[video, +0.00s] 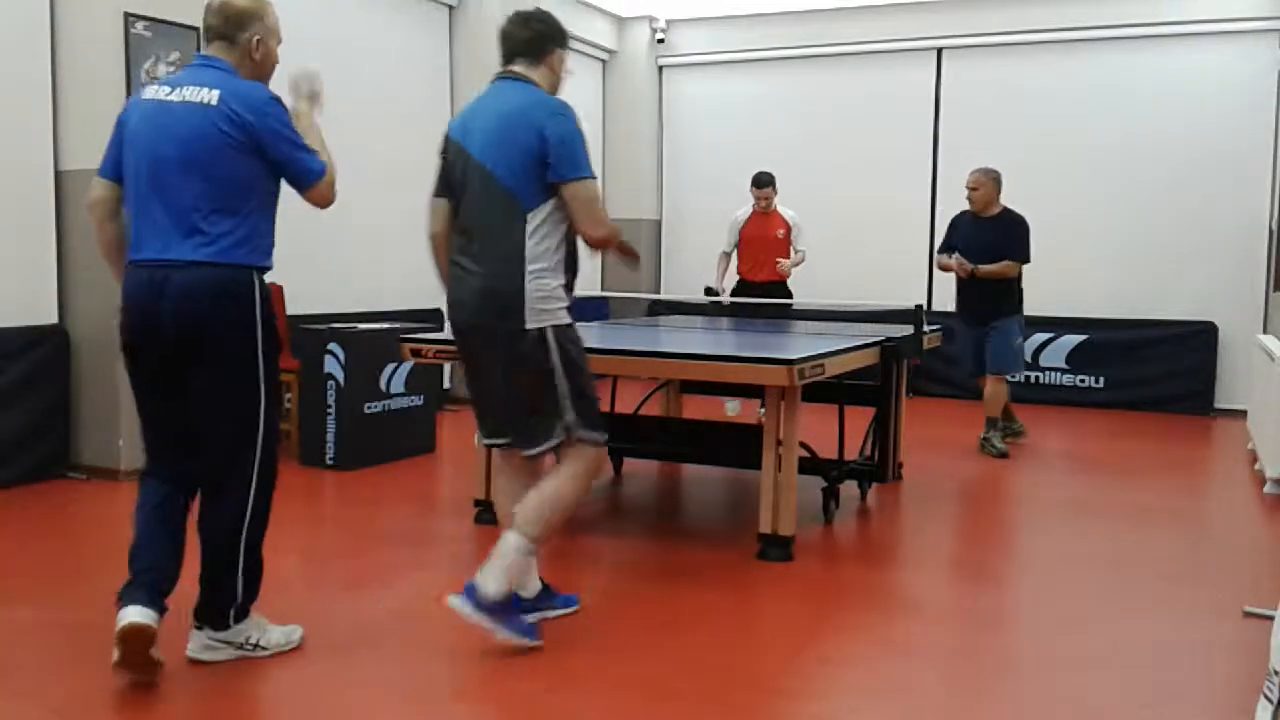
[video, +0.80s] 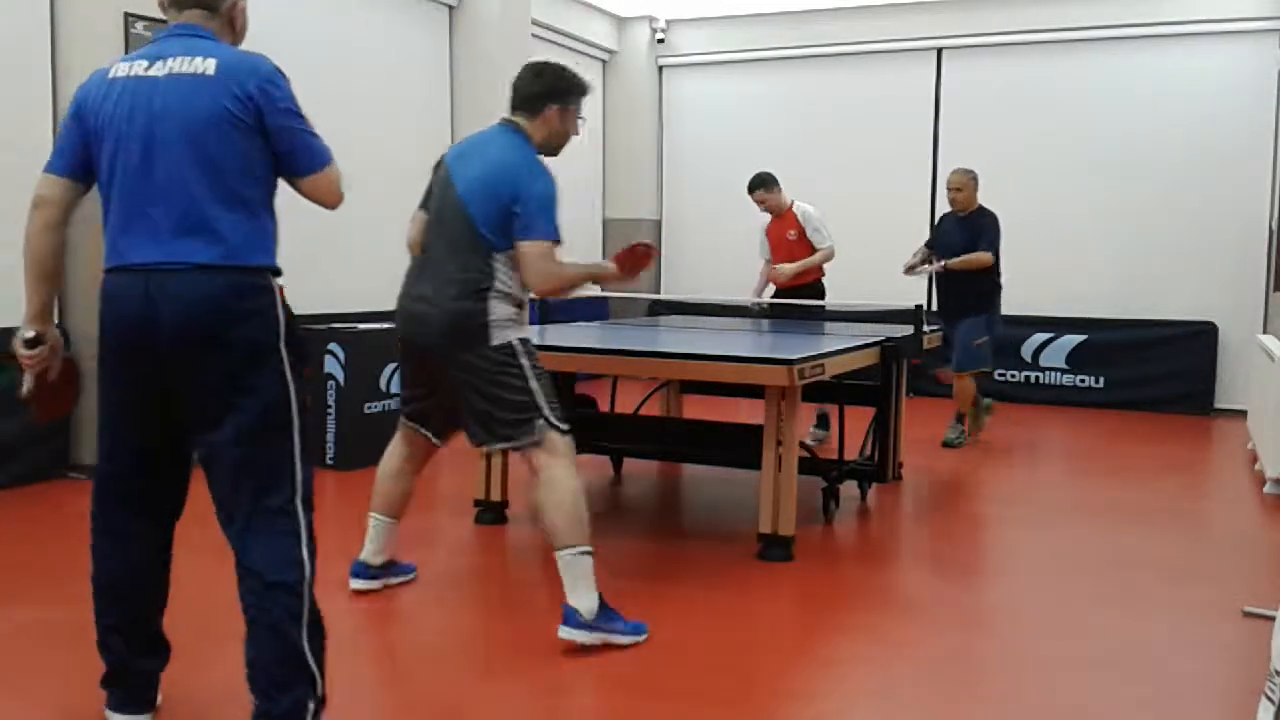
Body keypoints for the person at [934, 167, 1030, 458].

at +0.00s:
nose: (968, 194)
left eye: (974, 190)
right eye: (967, 189)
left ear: (994, 191)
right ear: (969, 190)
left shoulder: (1015, 224)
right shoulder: (961, 221)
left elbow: (1013, 268)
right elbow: (941, 258)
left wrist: (974, 269)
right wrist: (951, 263)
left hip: (1004, 313)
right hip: (970, 313)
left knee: (996, 372)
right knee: (982, 374)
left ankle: (991, 432)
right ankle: (1010, 420)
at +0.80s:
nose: (952, 196)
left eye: (958, 190)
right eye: (949, 190)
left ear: (974, 191)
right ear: (946, 192)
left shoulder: (986, 220)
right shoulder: (946, 220)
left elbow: (986, 257)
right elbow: (931, 248)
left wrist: (946, 264)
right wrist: (917, 259)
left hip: (977, 308)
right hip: (949, 307)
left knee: (961, 367)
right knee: (957, 365)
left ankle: (959, 422)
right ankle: (977, 404)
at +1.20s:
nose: (923, 196)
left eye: (929, 190)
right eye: (918, 191)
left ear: (941, 192)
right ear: (912, 194)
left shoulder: (959, 221)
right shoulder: (910, 227)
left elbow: (981, 257)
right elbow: (902, 264)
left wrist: (971, 294)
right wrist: (893, 266)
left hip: (954, 310)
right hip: (921, 310)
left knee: (953, 369)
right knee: (910, 363)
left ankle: (956, 423)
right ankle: (909, 419)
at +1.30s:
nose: (916, 195)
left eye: (922, 189)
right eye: (911, 190)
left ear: (934, 192)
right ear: (905, 194)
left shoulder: (955, 220)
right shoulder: (903, 228)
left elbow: (978, 256)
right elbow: (891, 261)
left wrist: (970, 293)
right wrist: (891, 267)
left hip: (950, 306)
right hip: (916, 306)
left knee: (952, 363)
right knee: (910, 363)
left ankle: (956, 421)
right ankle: (909, 418)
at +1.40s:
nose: (913, 195)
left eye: (920, 189)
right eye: (908, 190)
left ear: (933, 192)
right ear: (902, 195)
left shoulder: (953, 219)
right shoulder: (900, 228)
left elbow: (977, 254)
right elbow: (886, 260)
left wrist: (969, 291)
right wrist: (889, 269)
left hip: (949, 305)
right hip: (914, 306)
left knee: (953, 362)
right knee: (909, 363)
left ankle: (959, 420)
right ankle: (909, 417)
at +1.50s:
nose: (913, 195)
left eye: (920, 189)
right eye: (908, 190)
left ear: (933, 192)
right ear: (902, 195)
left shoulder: (954, 220)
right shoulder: (900, 228)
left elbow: (978, 255)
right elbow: (887, 261)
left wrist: (970, 291)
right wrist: (890, 269)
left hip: (950, 306)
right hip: (914, 307)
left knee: (956, 364)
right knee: (909, 363)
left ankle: (966, 424)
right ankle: (909, 418)